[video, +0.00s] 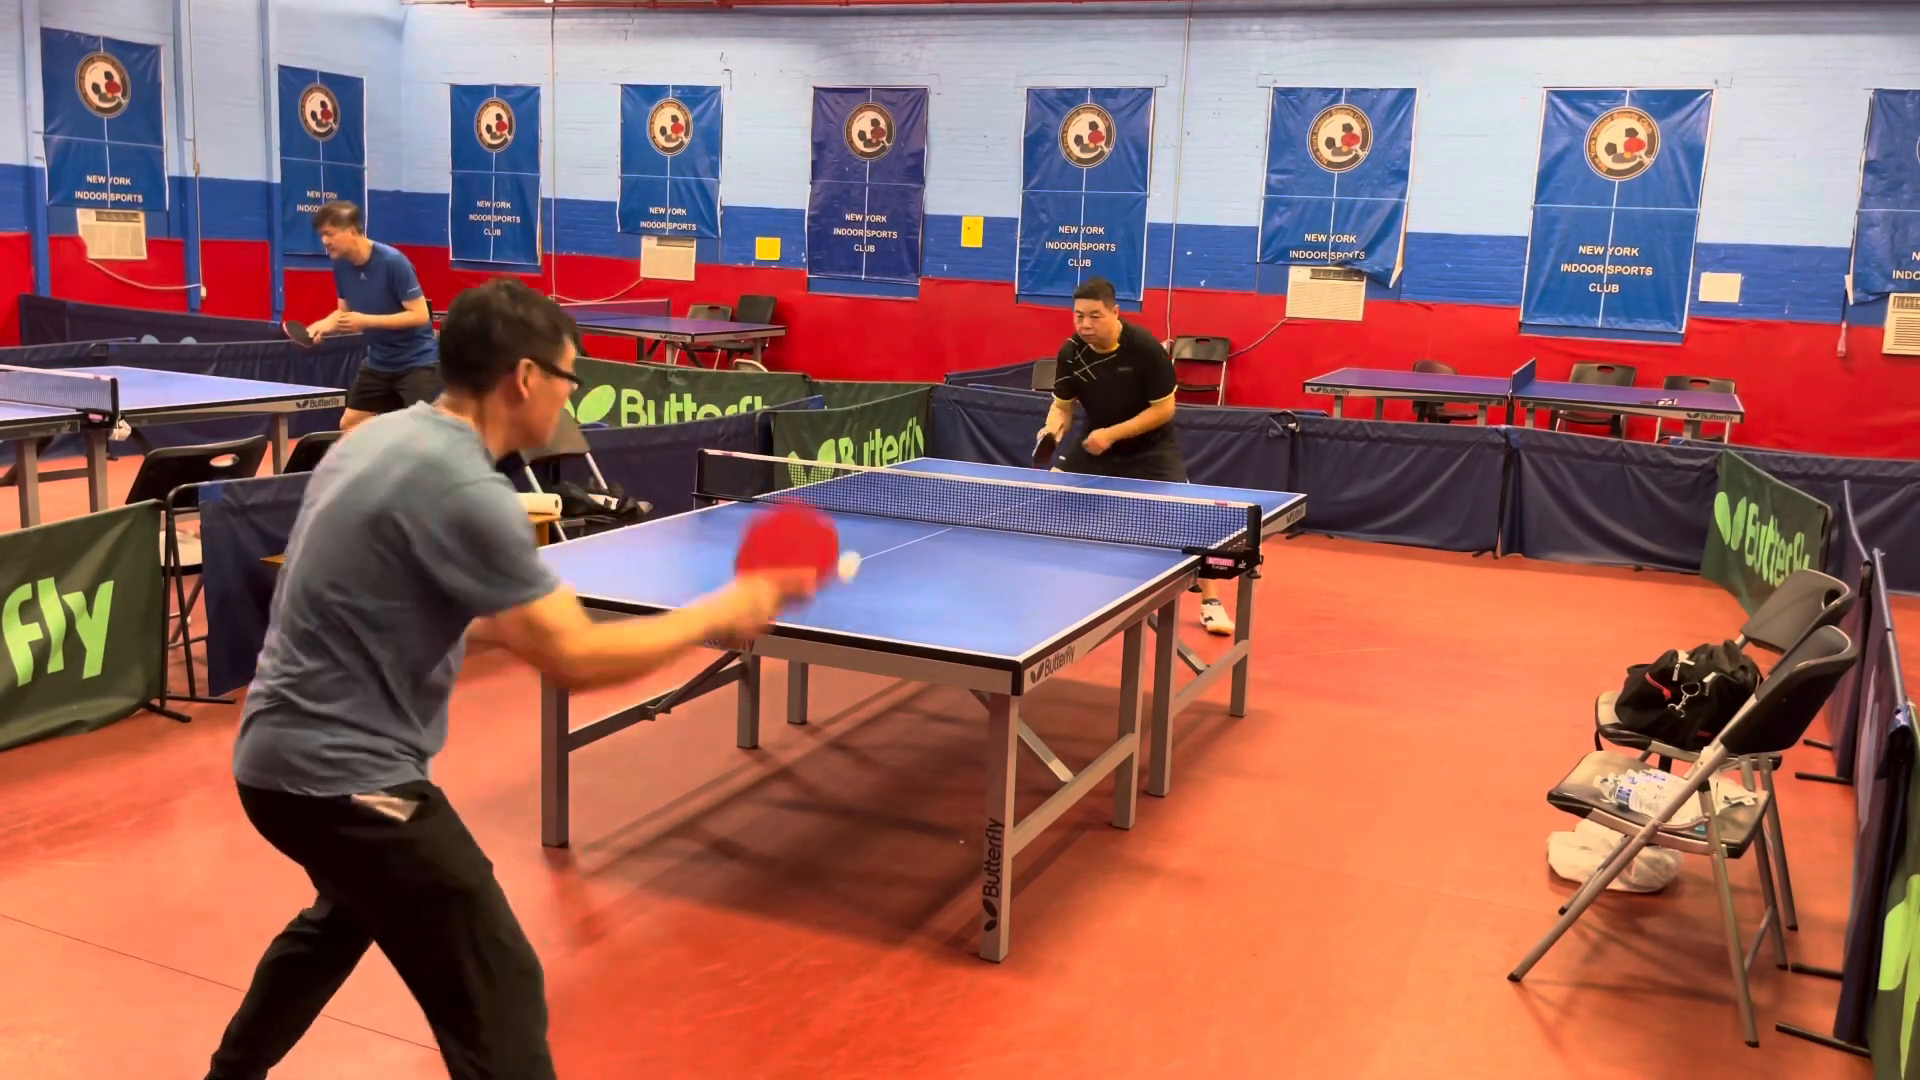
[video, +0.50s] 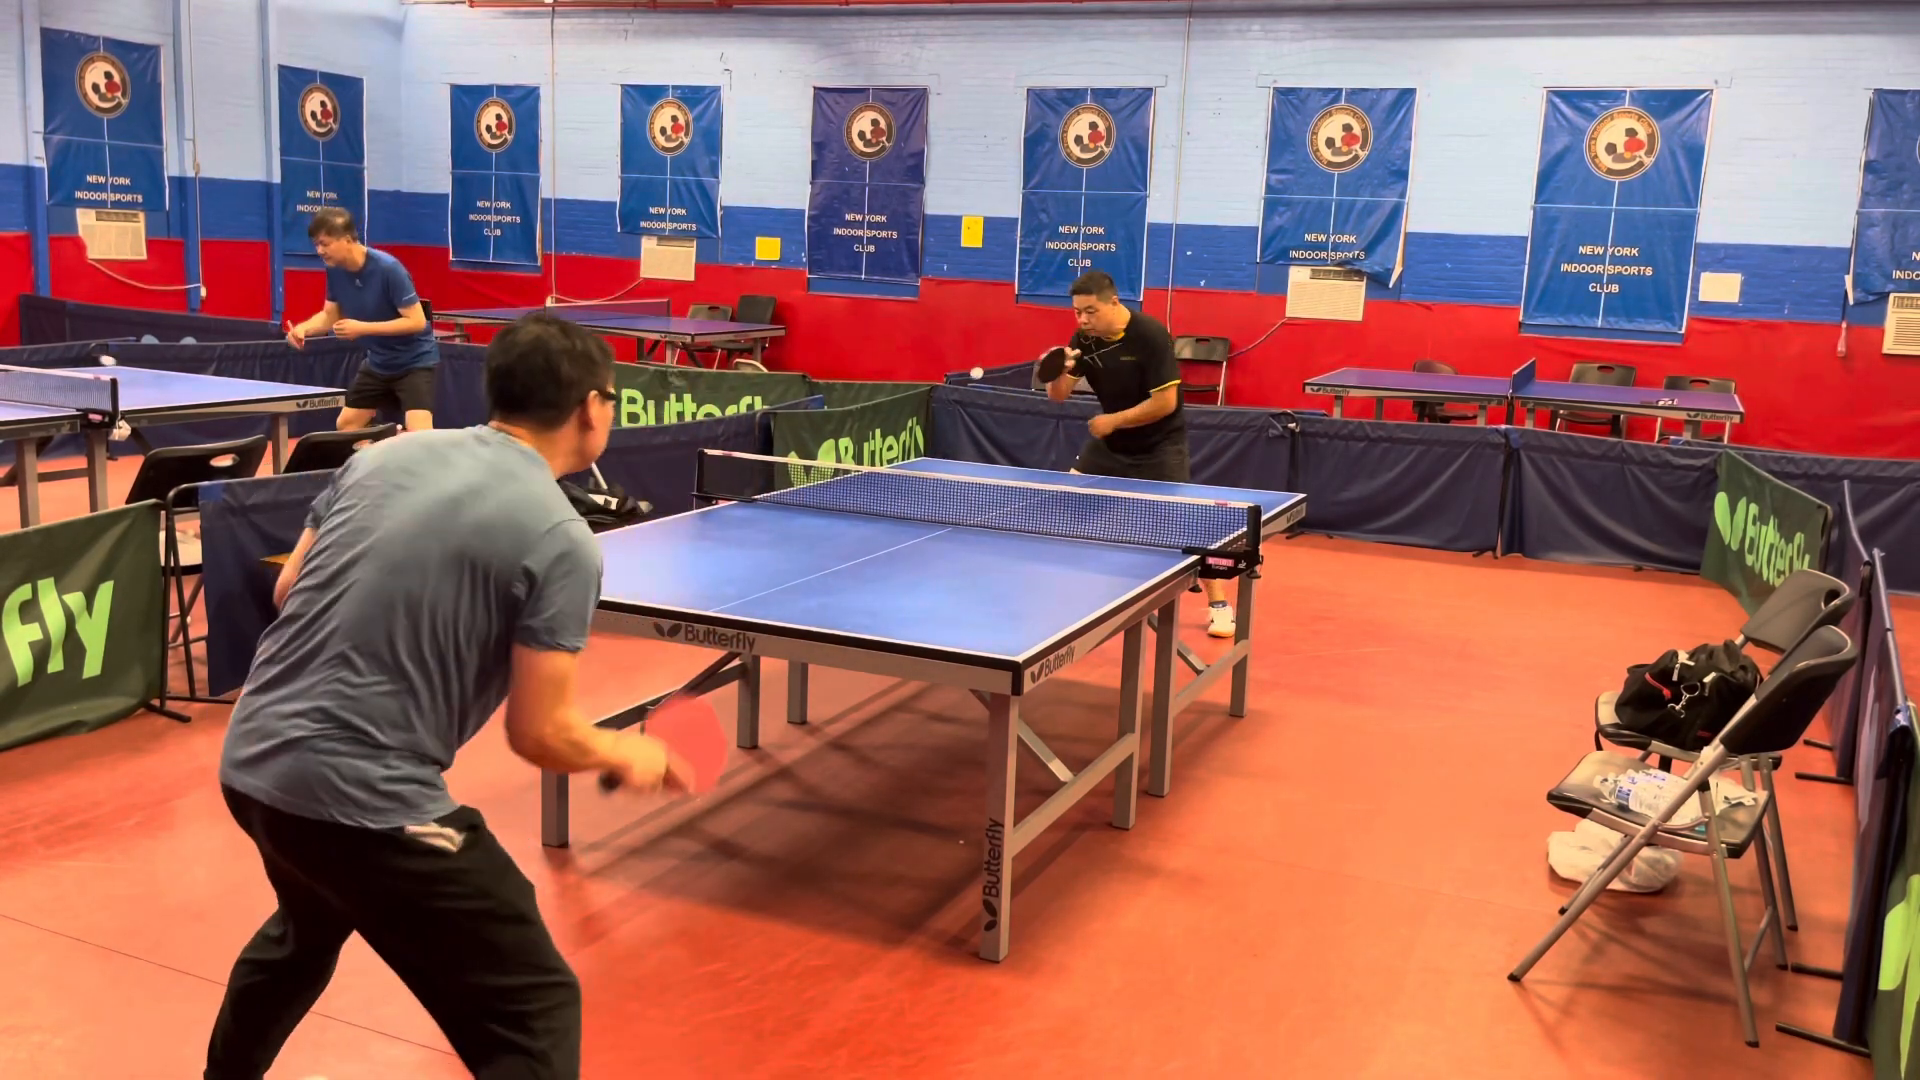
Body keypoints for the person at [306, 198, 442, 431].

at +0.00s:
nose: (324, 242)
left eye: (329, 234)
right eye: (322, 236)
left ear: (352, 231)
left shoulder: (394, 262)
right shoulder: (341, 265)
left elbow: (421, 316)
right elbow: (345, 311)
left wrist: (364, 321)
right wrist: (324, 325)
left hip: (417, 362)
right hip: (377, 362)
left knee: (424, 429)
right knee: (350, 425)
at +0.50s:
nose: (319, 251)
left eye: (324, 244)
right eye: (317, 245)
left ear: (347, 240)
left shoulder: (390, 269)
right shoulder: (335, 271)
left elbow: (417, 322)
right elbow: (331, 315)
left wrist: (363, 328)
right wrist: (304, 327)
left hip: (415, 360)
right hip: (377, 361)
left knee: (419, 433)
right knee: (346, 424)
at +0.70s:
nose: (319, 267)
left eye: (323, 260)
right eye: (316, 261)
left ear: (346, 254)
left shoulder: (389, 278)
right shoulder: (328, 280)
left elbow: (421, 329)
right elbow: (312, 319)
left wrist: (368, 341)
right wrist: (292, 334)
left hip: (419, 361)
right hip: (378, 362)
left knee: (419, 431)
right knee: (342, 425)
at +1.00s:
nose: (325, 257)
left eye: (330, 250)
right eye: (322, 251)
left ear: (352, 245)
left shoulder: (392, 271)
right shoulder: (331, 266)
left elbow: (420, 326)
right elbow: (298, 290)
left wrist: (372, 333)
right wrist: (270, 299)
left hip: (411, 352)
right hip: (379, 353)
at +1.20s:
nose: (327, 251)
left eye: (332, 244)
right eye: (325, 245)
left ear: (355, 242)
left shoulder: (397, 270)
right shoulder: (336, 268)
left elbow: (415, 324)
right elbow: (314, 308)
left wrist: (371, 331)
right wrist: (291, 319)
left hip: (411, 361)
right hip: (376, 360)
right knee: (356, 420)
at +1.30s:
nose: (326, 251)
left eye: (330, 243)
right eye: (325, 244)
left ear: (354, 241)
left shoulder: (398, 271)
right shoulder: (340, 270)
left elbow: (424, 323)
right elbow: (326, 313)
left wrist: (372, 331)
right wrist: (298, 326)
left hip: (413, 364)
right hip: (380, 363)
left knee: (419, 428)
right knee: (352, 425)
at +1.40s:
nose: (325, 254)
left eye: (329, 247)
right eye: (323, 247)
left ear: (351, 243)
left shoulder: (396, 271)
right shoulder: (342, 272)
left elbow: (426, 324)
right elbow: (340, 314)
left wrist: (372, 332)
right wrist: (311, 332)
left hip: (423, 361)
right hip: (383, 361)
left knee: (420, 429)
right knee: (354, 426)